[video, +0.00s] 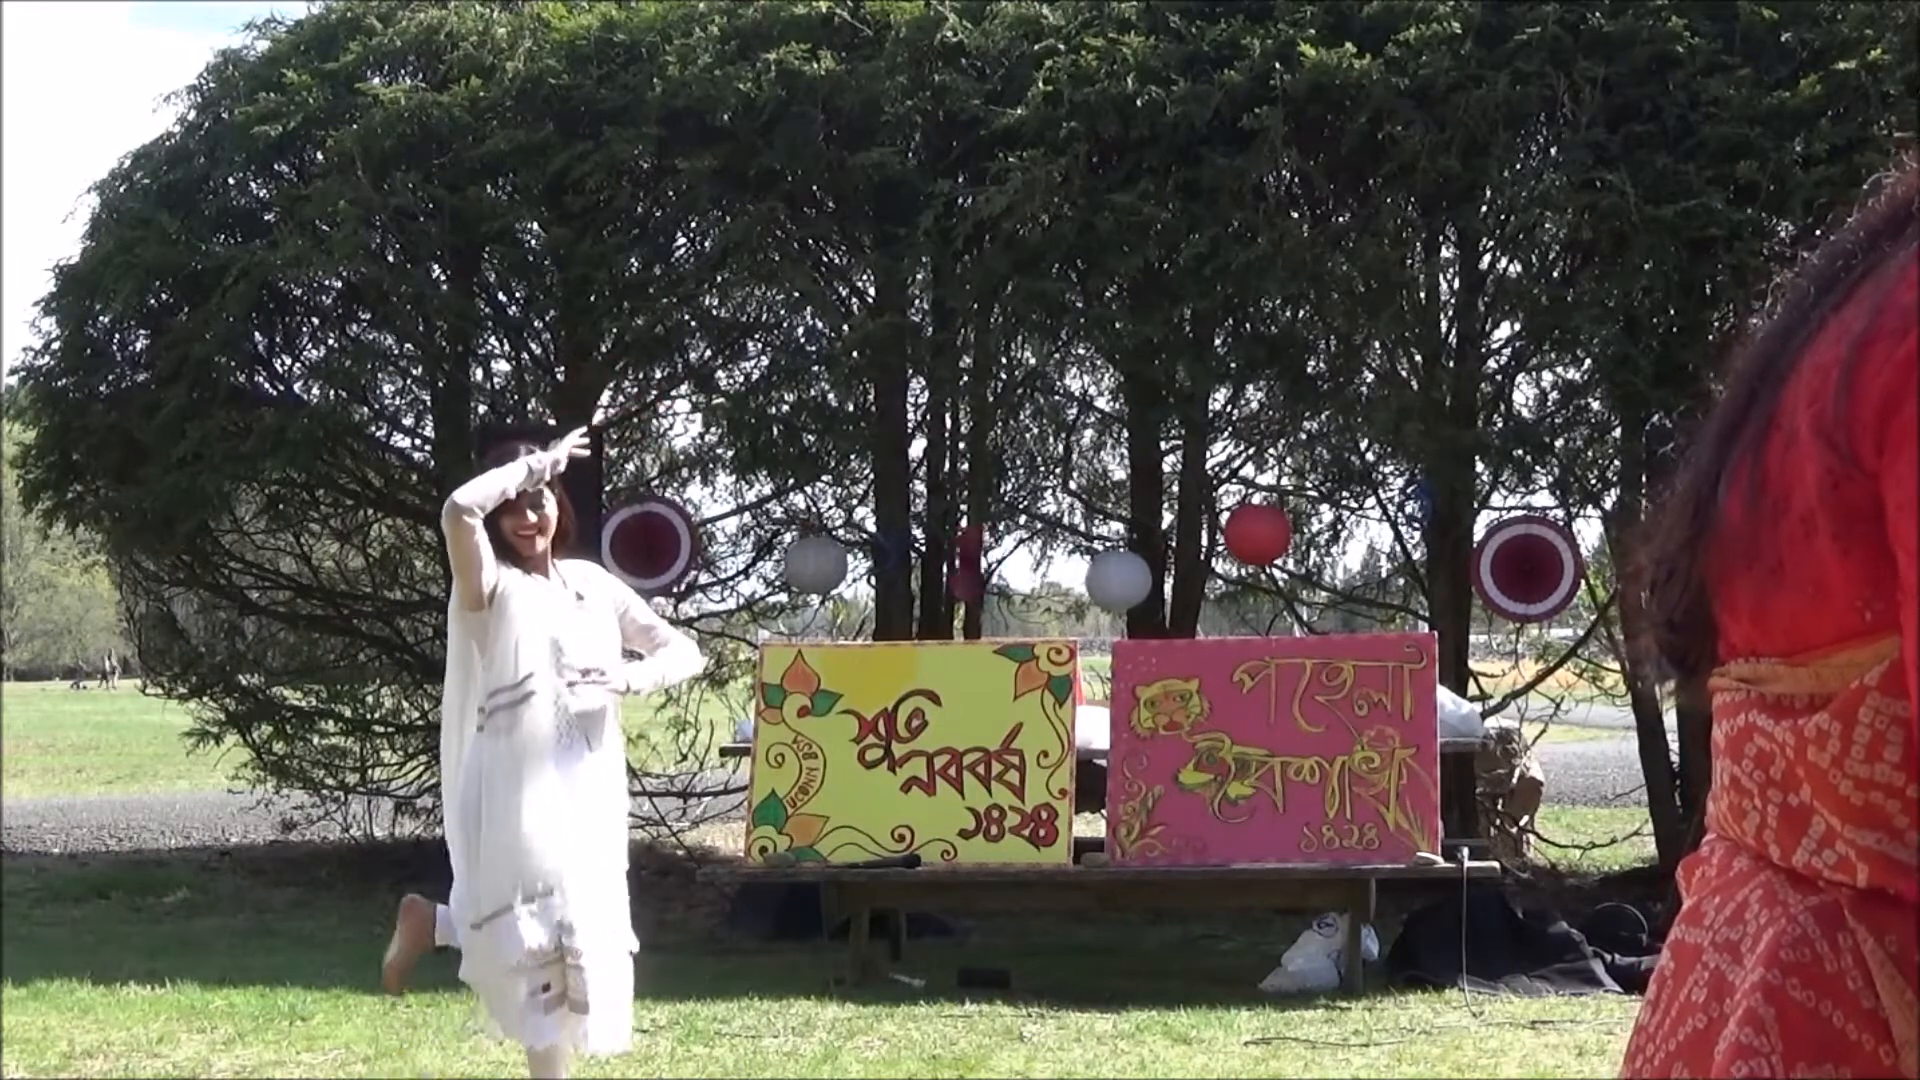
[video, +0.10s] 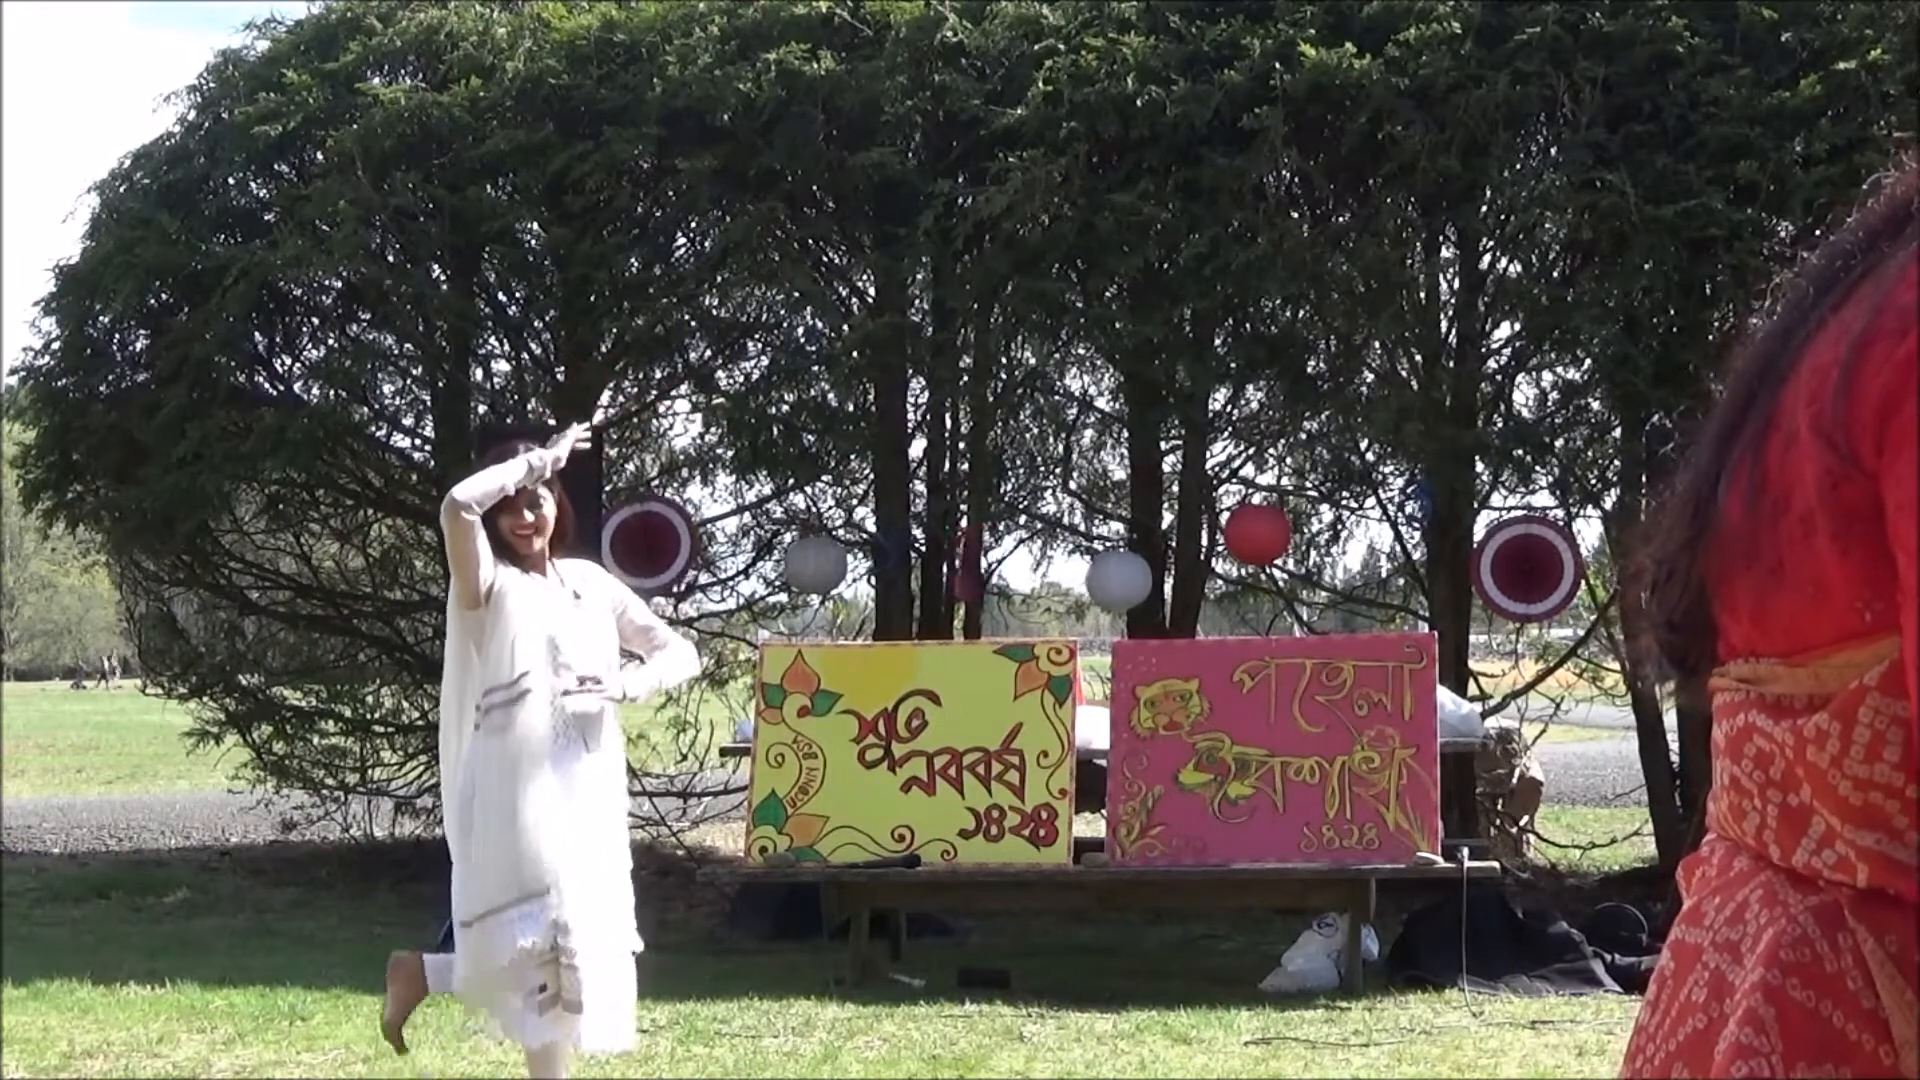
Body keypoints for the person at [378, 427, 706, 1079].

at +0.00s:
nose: (529, 516)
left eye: (540, 500)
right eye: (513, 505)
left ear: (558, 506)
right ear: (493, 518)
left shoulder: (589, 581)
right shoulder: (485, 587)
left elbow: (684, 653)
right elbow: (459, 509)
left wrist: (629, 674)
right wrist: (538, 463)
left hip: (587, 778)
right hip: (511, 777)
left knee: (583, 934)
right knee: (535, 937)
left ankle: (431, 924)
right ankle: (425, 923)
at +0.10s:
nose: (524, 515)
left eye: (536, 499)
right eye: (509, 504)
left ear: (556, 503)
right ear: (490, 516)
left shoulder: (589, 580)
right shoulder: (482, 586)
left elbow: (680, 653)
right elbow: (459, 504)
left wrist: (627, 683)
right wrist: (542, 459)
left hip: (587, 779)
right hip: (510, 780)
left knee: (584, 941)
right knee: (541, 941)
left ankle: (422, 974)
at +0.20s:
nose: (522, 513)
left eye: (533, 497)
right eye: (508, 503)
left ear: (553, 500)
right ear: (489, 516)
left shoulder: (588, 576)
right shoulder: (481, 582)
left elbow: (677, 654)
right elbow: (458, 503)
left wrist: (625, 686)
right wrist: (541, 458)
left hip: (581, 791)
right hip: (508, 790)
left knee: (563, 966)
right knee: (540, 965)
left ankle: (425, 1072)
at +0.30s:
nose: (520, 508)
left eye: (531, 493)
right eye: (505, 498)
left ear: (553, 497)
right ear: (487, 509)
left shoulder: (586, 570)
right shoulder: (479, 578)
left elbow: (673, 651)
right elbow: (459, 497)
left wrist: (619, 689)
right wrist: (546, 452)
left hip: (578, 782)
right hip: (505, 781)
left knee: (546, 956)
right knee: (537, 953)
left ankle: (416, 1069)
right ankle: (548, 1071)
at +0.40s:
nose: (521, 501)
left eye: (532, 486)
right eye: (506, 489)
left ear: (554, 489)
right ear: (488, 500)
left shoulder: (588, 563)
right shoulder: (479, 568)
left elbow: (673, 645)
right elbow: (459, 486)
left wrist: (620, 686)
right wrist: (549, 446)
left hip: (579, 776)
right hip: (505, 774)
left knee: (524, 946)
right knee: (542, 941)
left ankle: (414, 1069)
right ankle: (546, 1072)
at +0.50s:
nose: (523, 496)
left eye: (535, 480)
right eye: (508, 484)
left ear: (556, 485)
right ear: (488, 496)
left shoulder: (590, 558)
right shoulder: (480, 565)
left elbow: (676, 639)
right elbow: (460, 479)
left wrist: (621, 681)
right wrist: (559, 442)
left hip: (575, 779)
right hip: (502, 777)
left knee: (529, 950)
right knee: (534, 948)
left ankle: (413, 1069)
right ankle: (544, 1072)